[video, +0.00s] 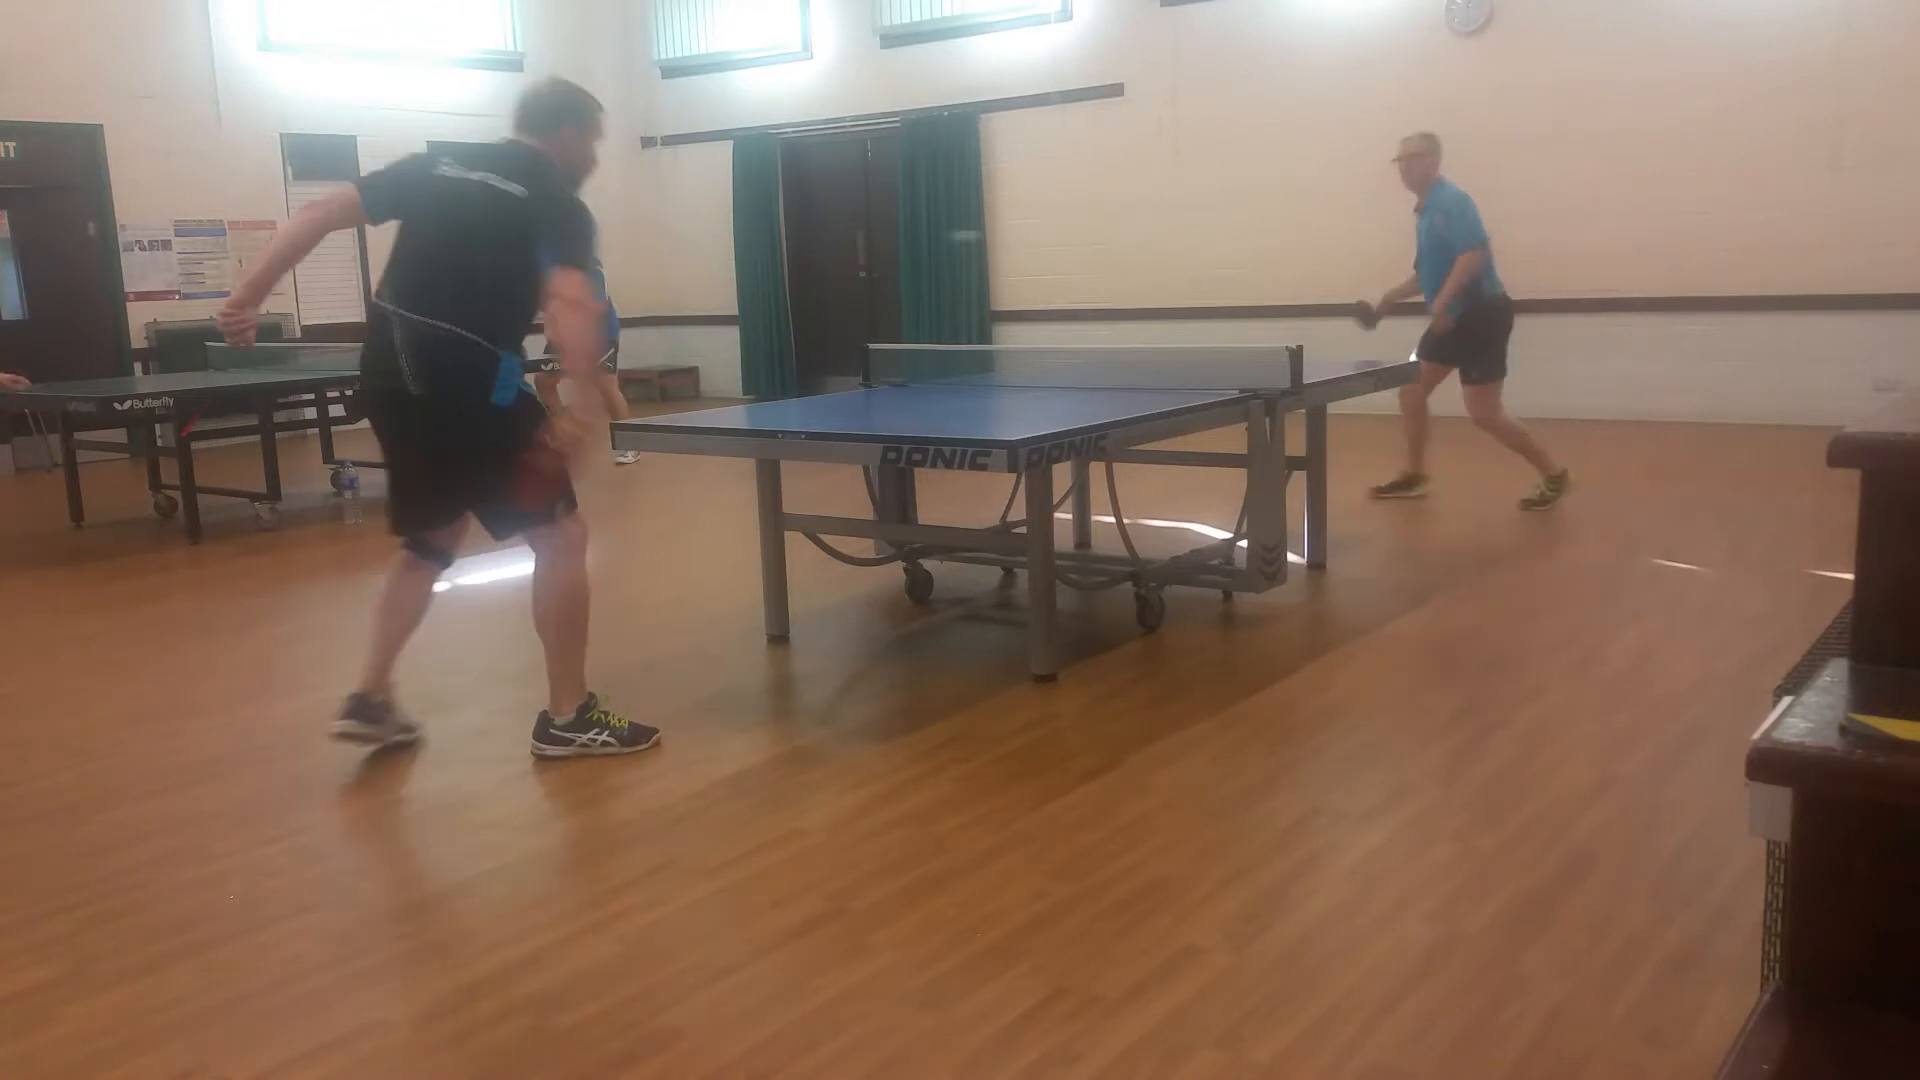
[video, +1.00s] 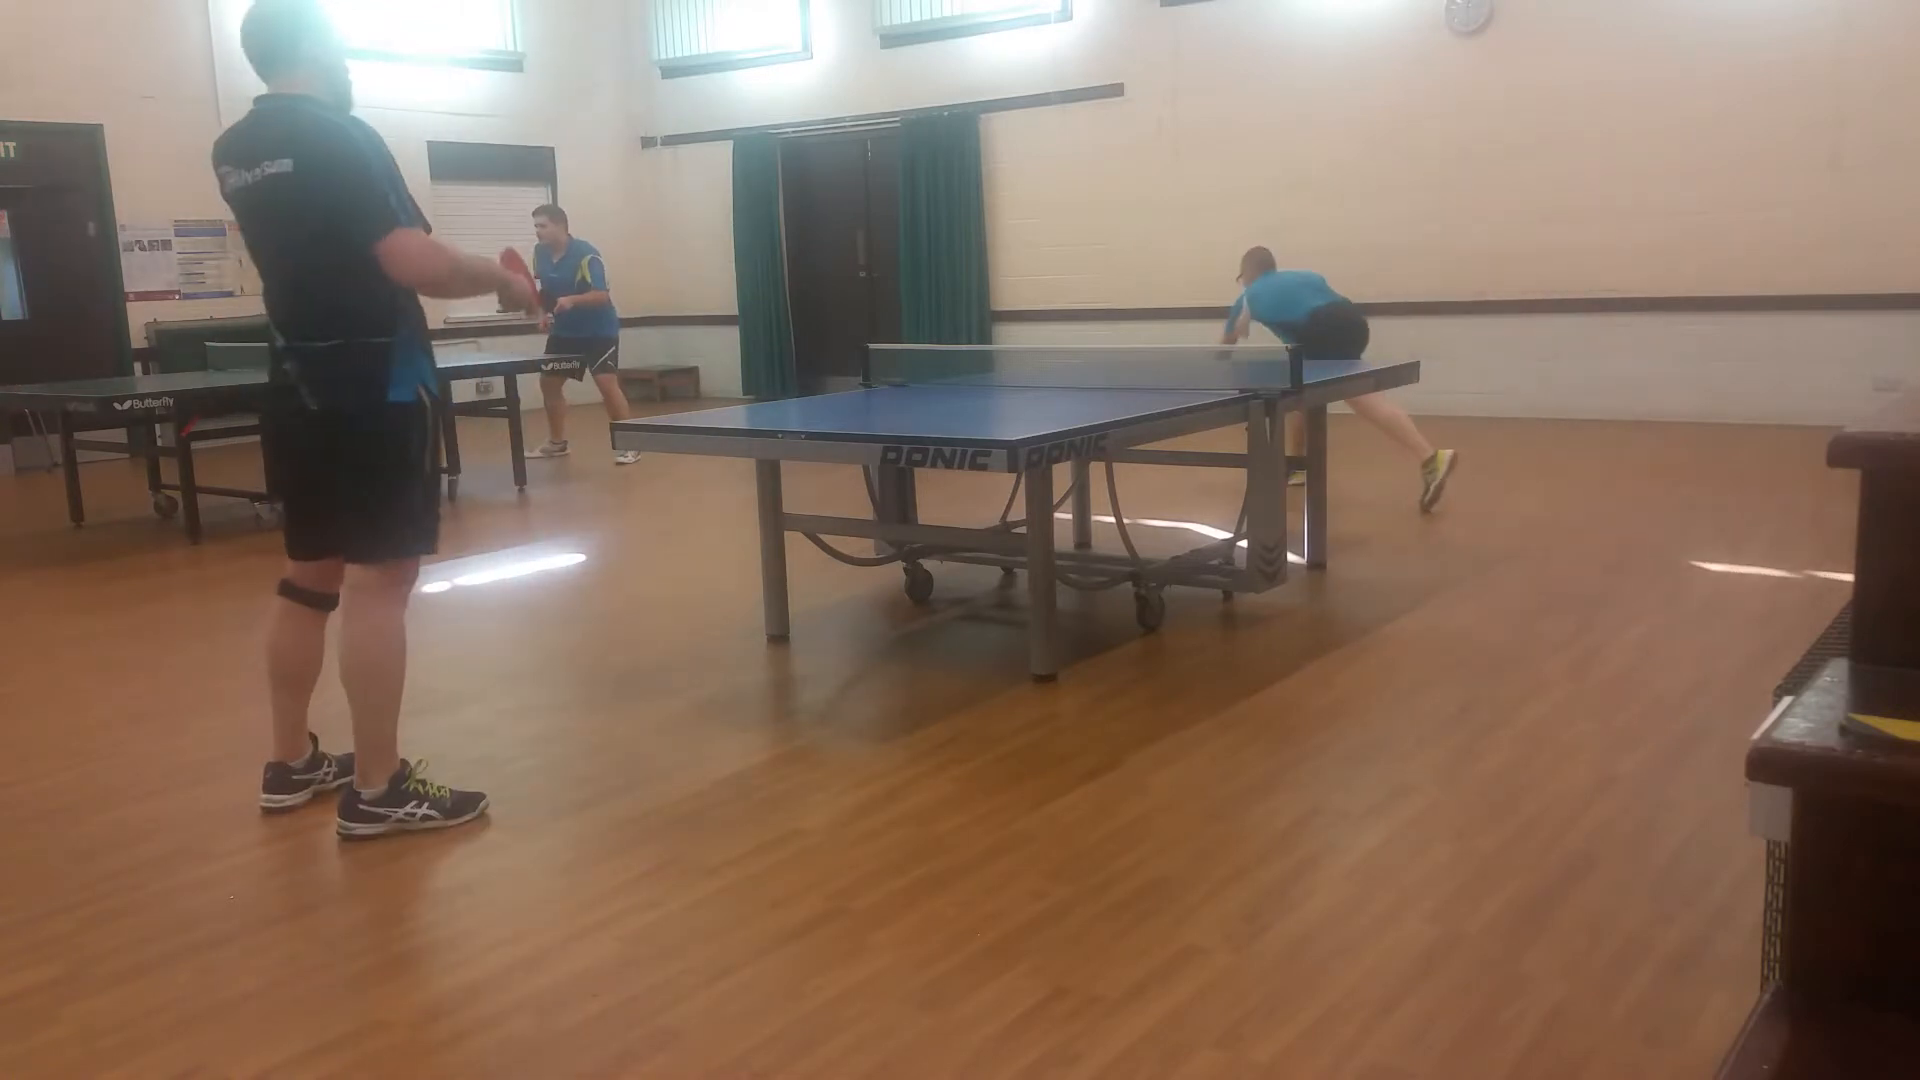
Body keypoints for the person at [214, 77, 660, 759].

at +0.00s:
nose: (595, 159)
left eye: (597, 146)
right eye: (593, 144)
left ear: (523, 128)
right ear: (568, 137)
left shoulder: (442, 162)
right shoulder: (560, 204)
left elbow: (322, 210)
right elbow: (567, 299)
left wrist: (248, 293)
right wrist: (583, 399)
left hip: (390, 382)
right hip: (475, 386)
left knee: (432, 537)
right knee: (561, 535)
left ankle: (371, 696)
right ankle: (569, 712)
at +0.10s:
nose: (558, 131)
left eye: (558, 115)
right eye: (554, 115)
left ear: (483, 105)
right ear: (530, 112)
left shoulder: (401, 155)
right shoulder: (515, 170)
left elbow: (306, 225)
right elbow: (485, 257)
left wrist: (240, 314)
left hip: (372, 384)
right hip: (461, 383)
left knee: (408, 541)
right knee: (547, 535)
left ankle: (324, 712)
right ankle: (569, 712)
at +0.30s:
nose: (455, 107)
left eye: (451, 94)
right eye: (448, 94)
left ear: (374, 97)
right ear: (424, 97)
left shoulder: (315, 175)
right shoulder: (408, 163)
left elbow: (275, 291)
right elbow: (366, 259)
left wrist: (271, 400)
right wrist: (347, 361)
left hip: (332, 401)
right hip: (405, 402)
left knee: (342, 568)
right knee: (500, 544)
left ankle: (291, 758)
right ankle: (559, 713)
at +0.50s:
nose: (378, 76)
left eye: (372, 60)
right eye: (366, 60)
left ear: (298, 65)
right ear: (333, 65)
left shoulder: (256, 143)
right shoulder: (329, 144)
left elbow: (272, 287)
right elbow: (352, 283)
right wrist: (421, 397)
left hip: (281, 398)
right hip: (351, 393)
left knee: (308, 567)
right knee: (454, 542)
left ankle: (288, 762)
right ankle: (498, 735)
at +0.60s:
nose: (352, 66)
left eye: (345, 50)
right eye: (339, 50)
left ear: (269, 61)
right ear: (306, 58)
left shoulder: (233, 144)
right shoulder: (319, 146)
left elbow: (289, 273)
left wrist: (395, 268)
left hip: (271, 394)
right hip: (346, 394)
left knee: (302, 567)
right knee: (435, 546)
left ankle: (285, 763)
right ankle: (434, 759)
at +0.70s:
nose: (340, 64)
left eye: (334, 48)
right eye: (328, 48)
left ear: (253, 60)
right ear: (300, 56)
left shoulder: (221, 144)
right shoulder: (316, 145)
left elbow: (308, 241)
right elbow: (395, 263)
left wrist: (370, 171)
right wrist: (496, 305)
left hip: (271, 396)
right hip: (346, 397)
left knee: (303, 568)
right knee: (396, 566)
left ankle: (288, 764)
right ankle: (380, 783)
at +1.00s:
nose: (347, 59)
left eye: (338, 44)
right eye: (336, 43)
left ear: (263, 59)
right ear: (315, 51)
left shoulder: (235, 148)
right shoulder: (341, 138)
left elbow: (306, 251)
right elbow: (410, 260)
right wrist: (498, 274)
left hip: (300, 394)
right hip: (377, 397)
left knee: (309, 578)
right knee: (380, 586)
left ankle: (290, 763)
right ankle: (377, 787)